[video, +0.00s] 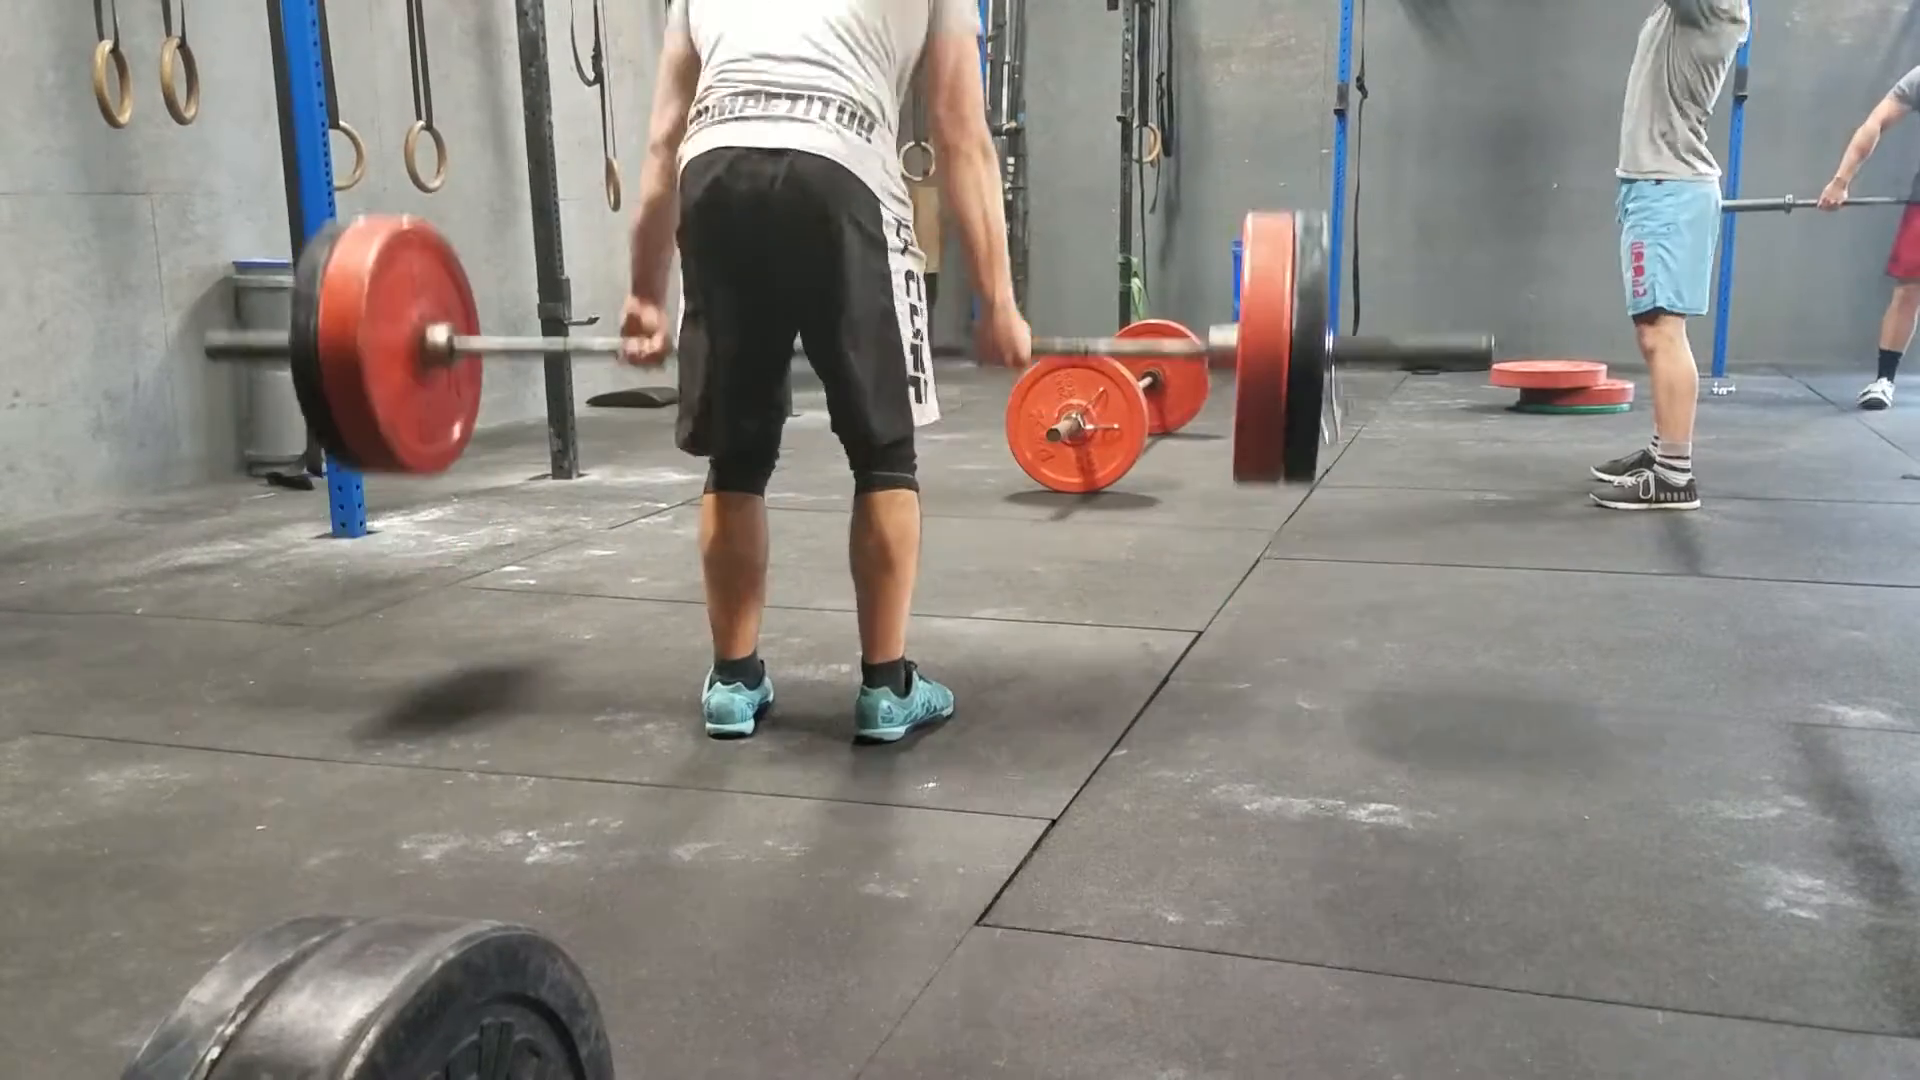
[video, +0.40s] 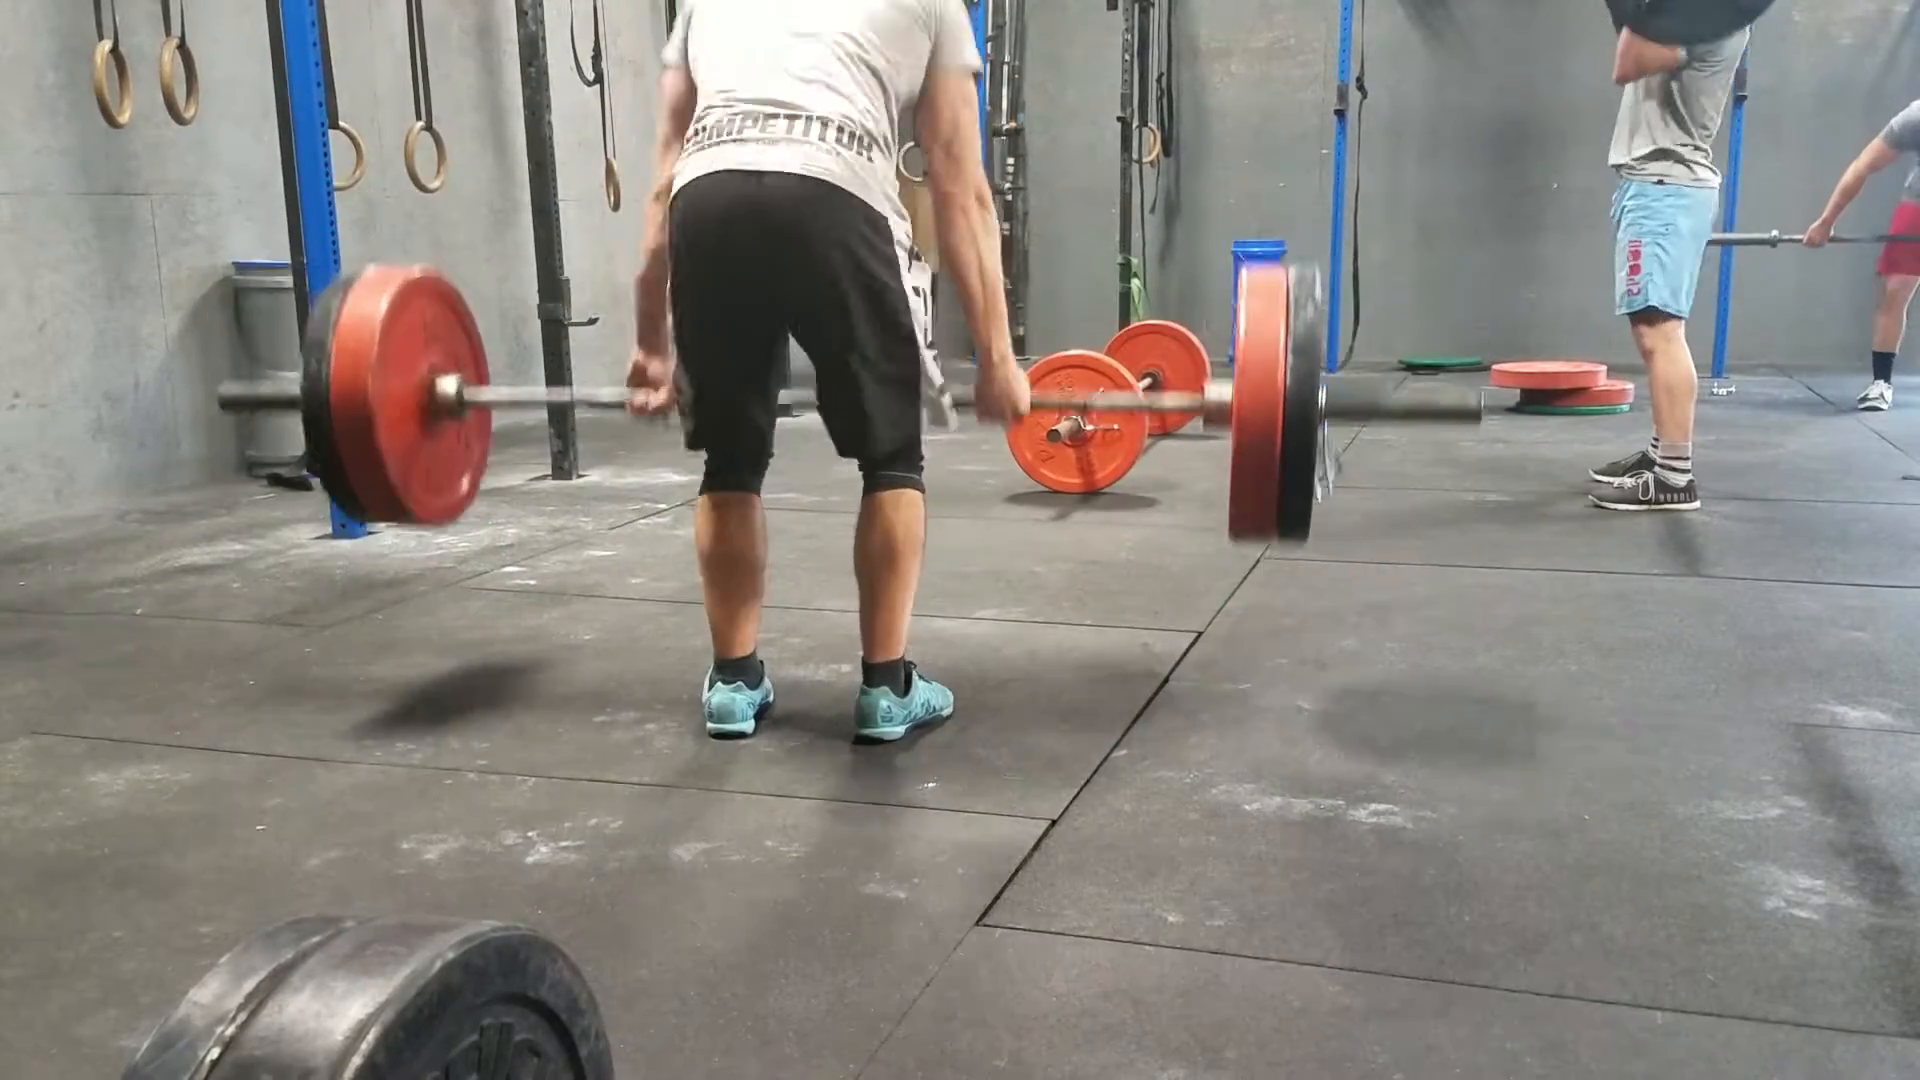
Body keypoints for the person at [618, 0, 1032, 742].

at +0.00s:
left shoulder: (701, 6)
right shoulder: (937, 5)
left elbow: (665, 146)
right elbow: (961, 139)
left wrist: (645, 293)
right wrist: (998, 301)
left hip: (715, 178)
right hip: (840, 181)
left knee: (735, 458)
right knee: (884, 454)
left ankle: (732, 681)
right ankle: (885, 686)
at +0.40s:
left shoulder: (704, 10)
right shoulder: (932, 8)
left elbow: (669, 171)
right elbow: (960, 187)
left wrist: (651, 340)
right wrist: (996, 352)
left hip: (709, 207)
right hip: (832, 204)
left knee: (730, 460)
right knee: (890, 457)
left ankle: (732, 681)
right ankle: (885, 687)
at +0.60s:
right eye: (910, 131)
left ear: (820, 114)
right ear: (905, 126)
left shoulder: (743, 146)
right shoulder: (931, 178)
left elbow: (678, 391)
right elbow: (968, 371)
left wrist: (661, 509)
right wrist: (1001, 529)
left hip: (700, 261)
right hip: (839, 267)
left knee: (729, 472)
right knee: (908, 469)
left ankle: (736, 680)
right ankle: (886, 683)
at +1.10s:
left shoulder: (689, 5)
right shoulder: (929, 4)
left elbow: (660, 118)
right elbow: (960, 111)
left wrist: (639, 261)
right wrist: (995, 267)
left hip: (725, 180)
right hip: (847, 182)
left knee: (737, 453)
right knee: (880, 454)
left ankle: (732, 681)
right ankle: (885, 686)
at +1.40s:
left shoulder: (683, 7)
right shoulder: (930, 5)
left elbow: (658, 146)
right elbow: (958, 147)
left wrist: (643, 295)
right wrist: (995, 304)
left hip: (707, 215)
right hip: (834, 214)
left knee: (735, 455)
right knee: (885, 457)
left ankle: (731, 681)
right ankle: (885, 687)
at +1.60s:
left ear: (807, 52)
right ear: (899, 59)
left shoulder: (732, 97)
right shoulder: (928, 122)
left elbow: (678, 311)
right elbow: (964, 316)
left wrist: (657, 464)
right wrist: (1000, 480)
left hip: (698, 240)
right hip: (834, 244)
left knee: (719, 473)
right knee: (904, 466)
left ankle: (733, 683)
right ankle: (886, 685)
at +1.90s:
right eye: (916, 98)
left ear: (819, 78)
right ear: (908, 91)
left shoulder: (745, 109)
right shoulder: (931, 142)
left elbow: (673, 331)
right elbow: (963, 312)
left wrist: (654, 465)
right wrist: (1000, 473)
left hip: (696, 218)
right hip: (833, 228)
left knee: (732, 463)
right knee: (894, 463)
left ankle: (733, 680)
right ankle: (886, 686)